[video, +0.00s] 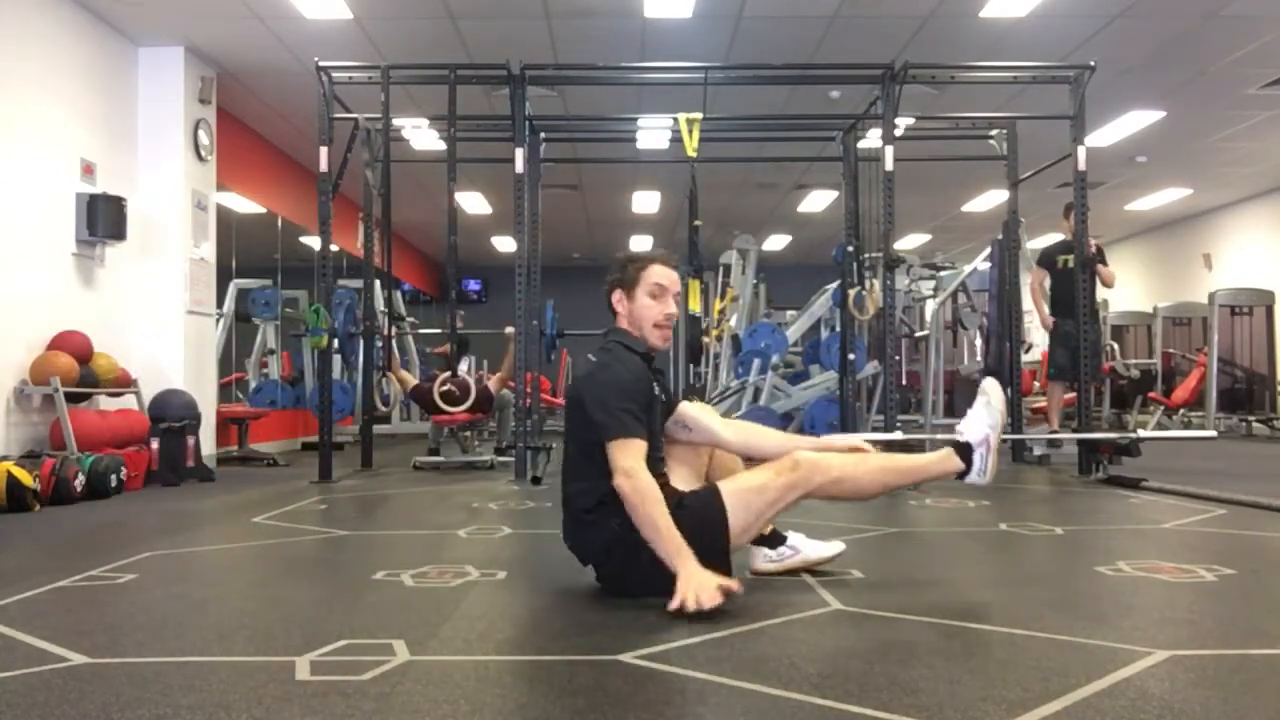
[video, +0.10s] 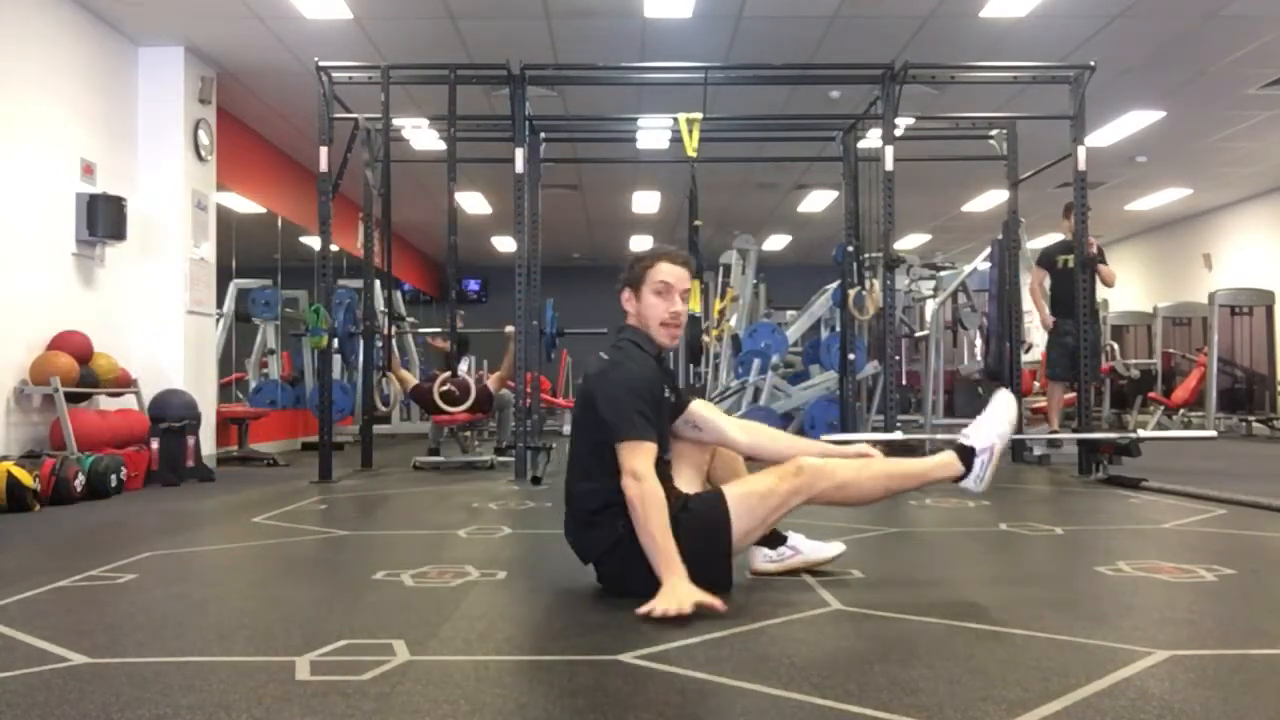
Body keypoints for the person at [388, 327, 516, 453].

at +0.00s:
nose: (447, 386)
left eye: (444, 386)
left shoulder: (427, 397)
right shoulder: (481, 399)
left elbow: (396, 371)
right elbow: (504, 376)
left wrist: (389, 340)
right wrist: (511, 342)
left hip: (440, 409)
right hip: (476, 407)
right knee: (507, 397)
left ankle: (433, 446)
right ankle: (502, 444)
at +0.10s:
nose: (451, 379)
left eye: (443, 385)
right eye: (457, 381)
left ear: (435, 391)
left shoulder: (427, 398)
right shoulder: (481, 399)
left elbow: (397, 371)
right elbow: (504, 375)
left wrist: (390, 339)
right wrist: (511, 340)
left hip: (439, 409)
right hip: (476, 408)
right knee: (506, 397)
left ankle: (434, 446)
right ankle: (502, 444)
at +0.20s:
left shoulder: (427, 398)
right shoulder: (480, 399)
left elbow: (396, 370)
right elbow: (502, 374)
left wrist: (389, 339)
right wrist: (511, 340)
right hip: (475, 403)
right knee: (506, 398)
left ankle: (433, 446)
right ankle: (503, 444)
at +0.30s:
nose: (447, 382)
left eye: (444, 384)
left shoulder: (428, 398)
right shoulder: (480, 398)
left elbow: (397, 370)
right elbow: (503, 374)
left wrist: (389, 339)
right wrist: (511, 340)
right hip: (476, 405)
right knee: (506, 397)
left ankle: (433, 446)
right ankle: (502, 444)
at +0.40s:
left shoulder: (428, 398)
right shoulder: (480, 398)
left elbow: (397, 370)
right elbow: (502, 373)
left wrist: (389, 338)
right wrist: (511, 340)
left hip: (438, 406)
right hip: (475, 404)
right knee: (505, 397)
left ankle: (433, 445)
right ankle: (502, 444)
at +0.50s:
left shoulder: (428, 398)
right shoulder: (480, 399)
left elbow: (397, 370)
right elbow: (501, 373)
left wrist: (389, 338)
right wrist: (511, 340)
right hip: (476, 404)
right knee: (505, 397)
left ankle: (433, 446)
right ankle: (502, 444)